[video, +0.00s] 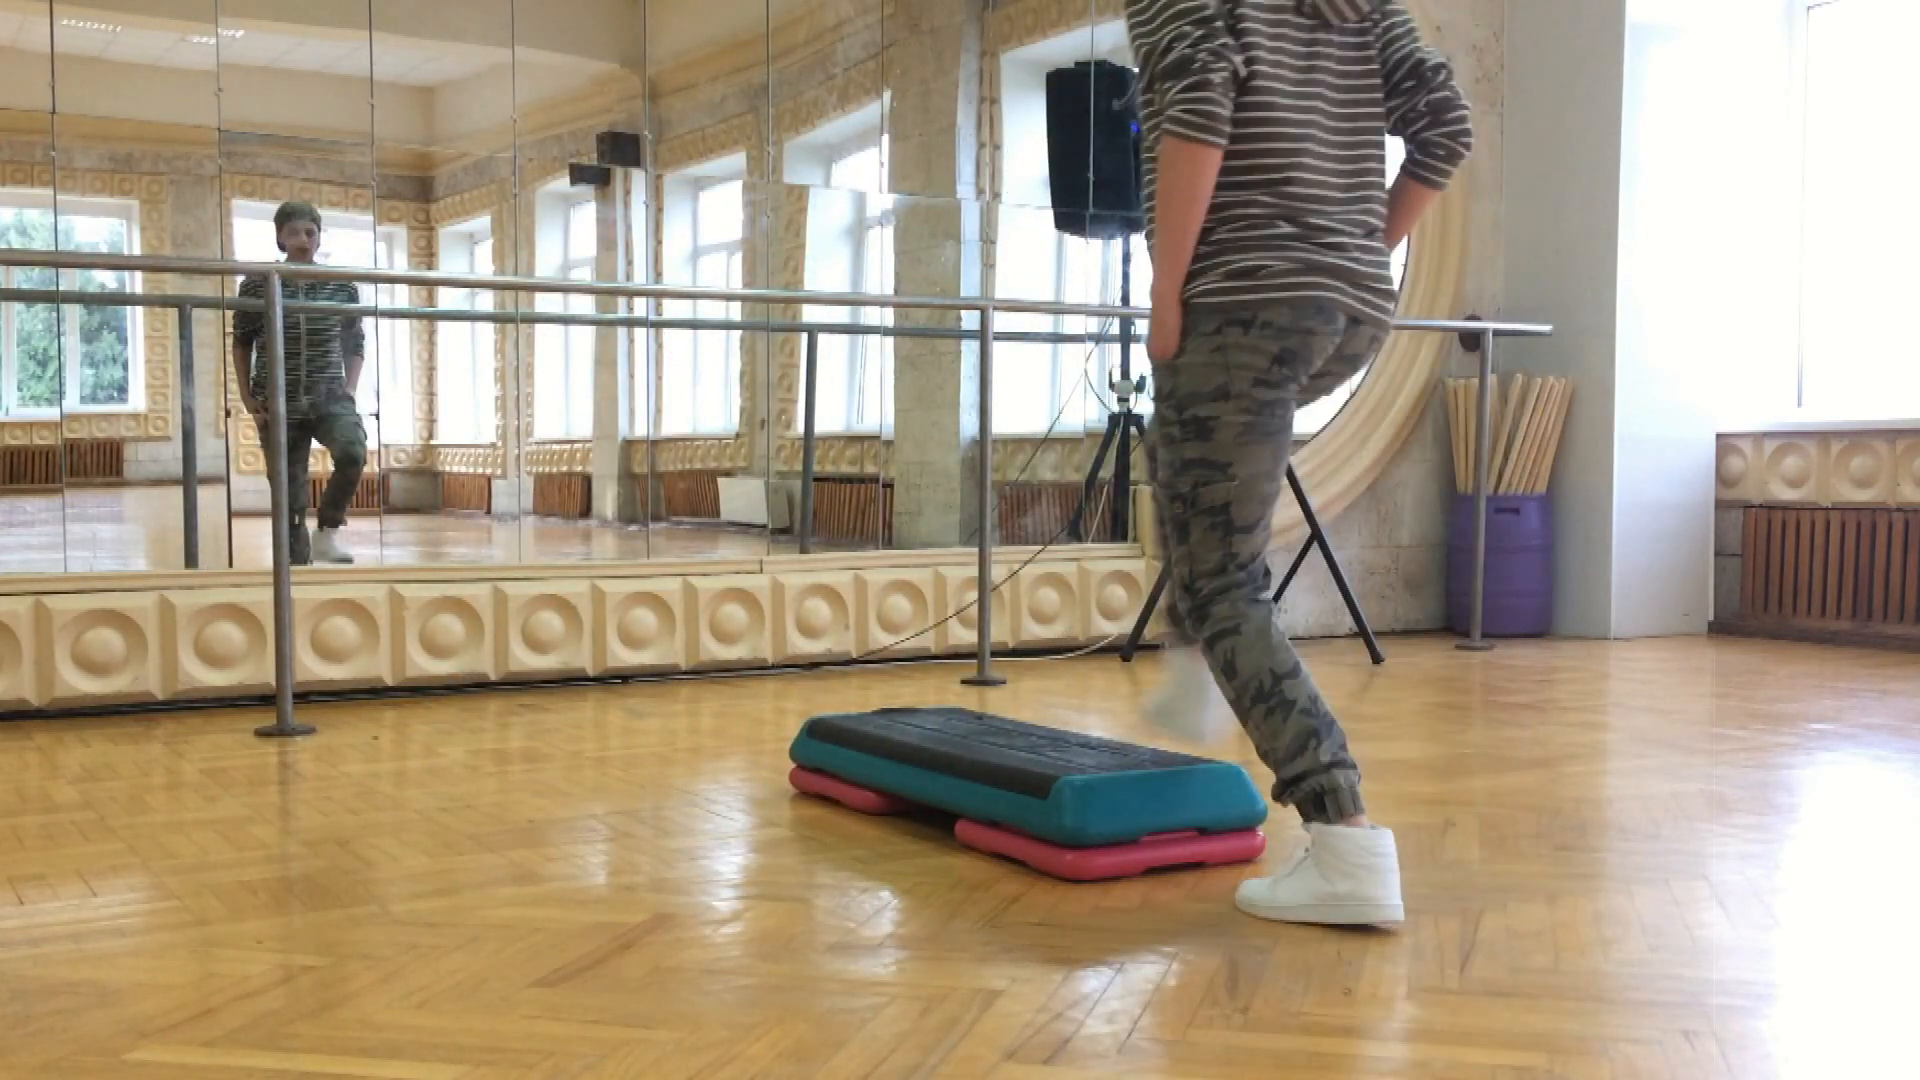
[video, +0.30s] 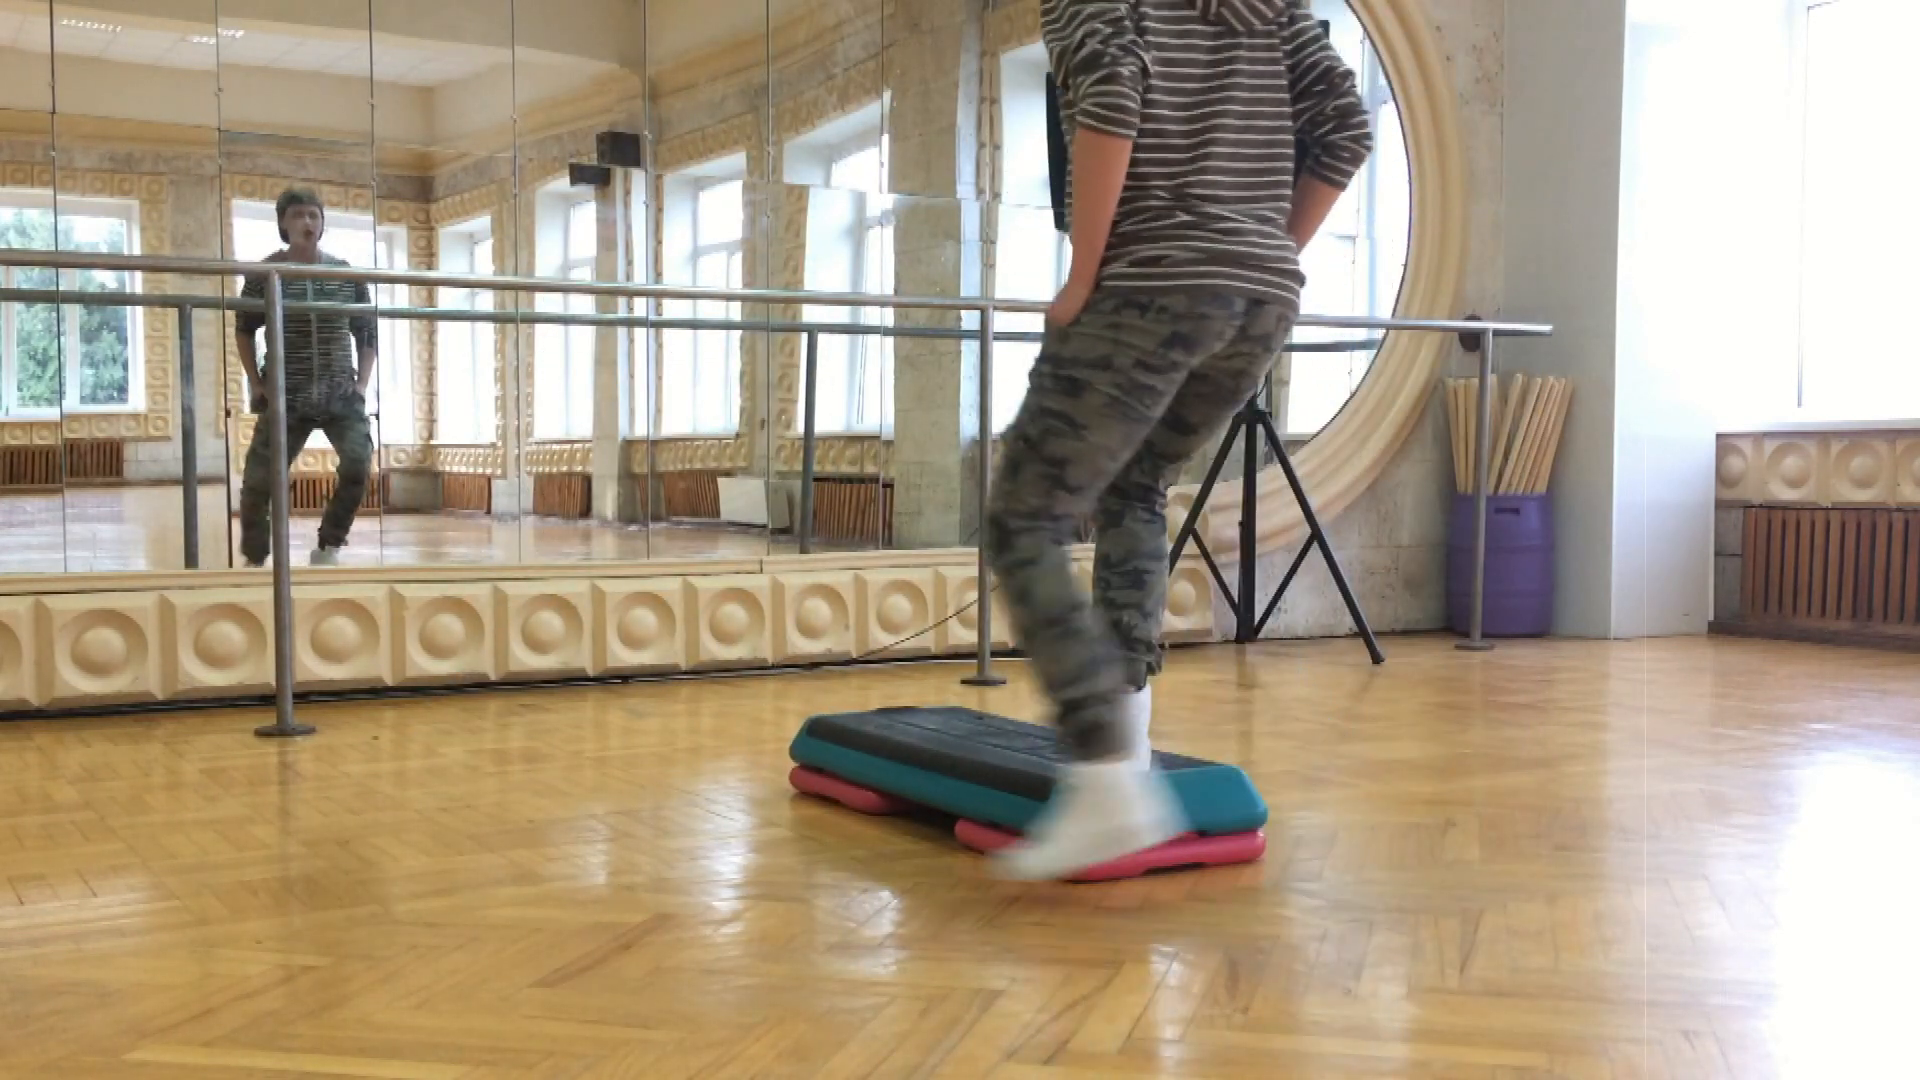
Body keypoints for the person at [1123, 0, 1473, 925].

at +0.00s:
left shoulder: (1180, 4)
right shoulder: (1360, 7)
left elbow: (1201, 107)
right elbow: (1443, 124)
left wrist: (1166, 294)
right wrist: (1370, 251)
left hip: (1248, 293)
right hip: (1358, 306)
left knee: (1222, 582)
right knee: (1193, 439)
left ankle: (1347, 849)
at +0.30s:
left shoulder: (1085, 4)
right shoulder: (1268, 6)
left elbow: (1110, 90)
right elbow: (1343, 128)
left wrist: (1081, 277)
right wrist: (1274, 256)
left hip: (1159, 274)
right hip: (1268, 288)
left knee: (1024, 518)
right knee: (1133, 489)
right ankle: (1122, 752)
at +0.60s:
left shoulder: (1027, 5)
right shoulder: (1212, 12)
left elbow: (1047, 98)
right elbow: (1294, 156)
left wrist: (1017, 278)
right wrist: (1226, 275)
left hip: (1094, 282)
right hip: (1209, 299)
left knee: (964, 526)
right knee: (1116, 503)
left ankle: (873, 789)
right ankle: (1123, 739)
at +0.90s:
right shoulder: (1262, 4)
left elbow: (1021, 38)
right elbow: (1293, 73)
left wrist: (982, 179)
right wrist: (1236, 214)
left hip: (1049, 168)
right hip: (1177, 199)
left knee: (928, 390)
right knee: (1138, 458)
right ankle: (1119, 701)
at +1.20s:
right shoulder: (1253, 2)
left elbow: (1010, 92)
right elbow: (1284, 97)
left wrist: (984, 220)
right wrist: (1231, 242)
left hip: (1035, 199)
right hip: (1163, 222)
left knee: (903, 415)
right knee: (1160, 488)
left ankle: (769, 315)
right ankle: (1083, 711)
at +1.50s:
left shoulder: (1024, 1)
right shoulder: (1235, 5)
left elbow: (996, 69)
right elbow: (1264, 86)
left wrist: (970, 207)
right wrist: (1221, 232)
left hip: (1017, 191)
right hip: (1146, 214)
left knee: (955, 429)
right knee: (1139, 483)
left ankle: (825, 435)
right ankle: (1079, 712)